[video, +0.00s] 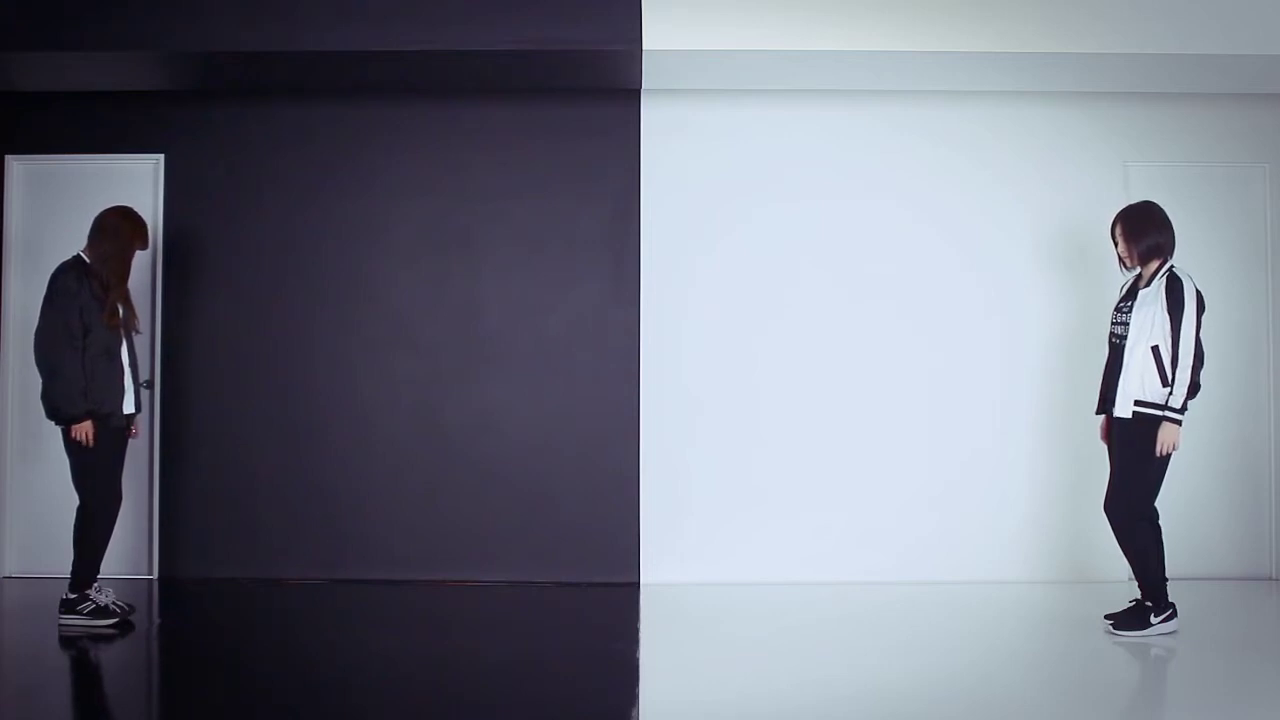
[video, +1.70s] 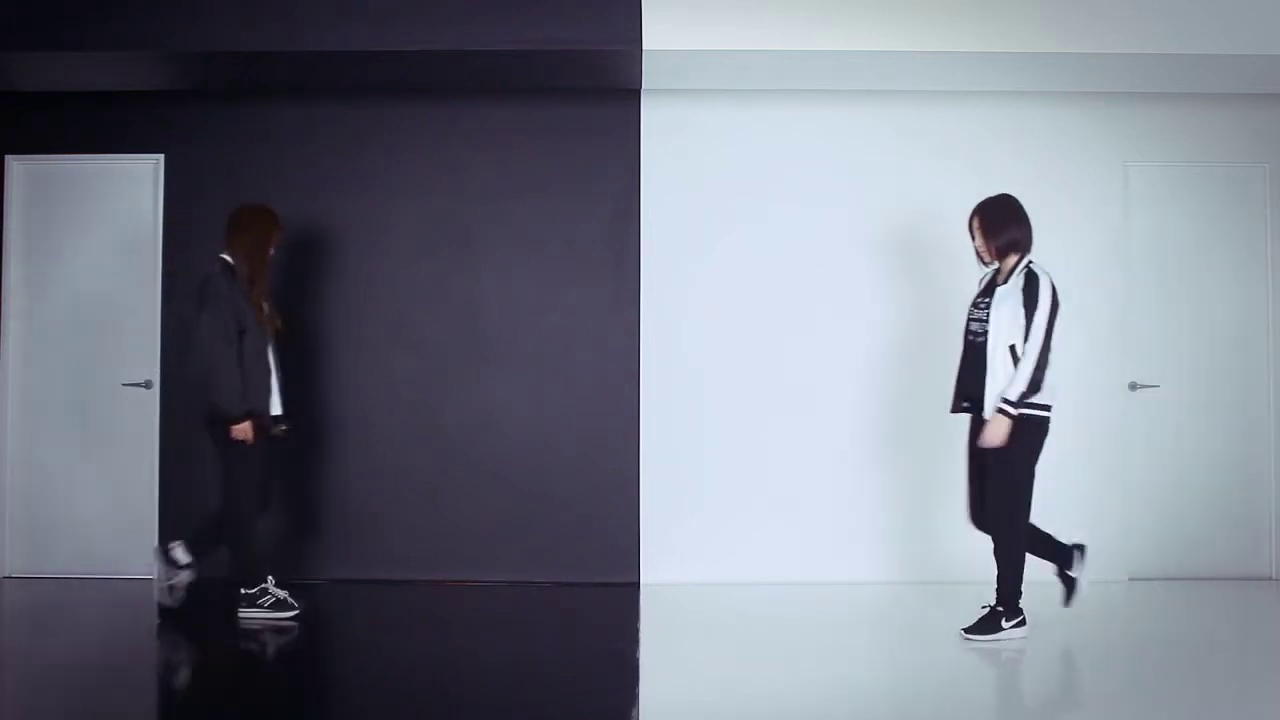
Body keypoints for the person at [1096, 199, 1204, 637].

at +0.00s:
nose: (1119, 249)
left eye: (1123, 240)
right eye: (1116, 241)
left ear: (1147, 236)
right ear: (1125, 242)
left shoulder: (1179, 284)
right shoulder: (1131, 287)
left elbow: (1190, 356)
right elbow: (1117, 354)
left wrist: (1174, 417)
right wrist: (1107, 410)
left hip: (1152, 417)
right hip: (1123, 416)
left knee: (1128, 507)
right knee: (1127, 506)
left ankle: (1158, 604)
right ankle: (1151, 600)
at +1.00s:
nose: (1089, 249)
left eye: (1093, 240)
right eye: (1086, 242)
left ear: (1117, 236)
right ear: (1092, 243)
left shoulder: (1156, 284)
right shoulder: (1100, 288)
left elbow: (1178, 351)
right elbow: (1099, 353)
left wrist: (1171, 414)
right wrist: (1087, 404)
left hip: (1139, 415)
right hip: (1109, 415)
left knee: (1082, 486)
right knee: (1131, 506)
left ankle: (1103, 584)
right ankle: (1156, 601)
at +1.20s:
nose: (1063, 254)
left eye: (1067, 244)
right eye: (1060, 246)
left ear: (1091, 241)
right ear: (1066, 248)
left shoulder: (1131, 288)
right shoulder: (1077, 293)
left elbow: (1158, 350)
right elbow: (1075, 357)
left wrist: (1158, 414)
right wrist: (1059, 404)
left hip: (1120, 418)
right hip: (1091, 418)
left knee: (1074, 500)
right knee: (1123, 510)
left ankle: (1036, 596)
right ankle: (1156, 601)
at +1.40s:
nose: (1030, 255)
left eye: (1035, 246)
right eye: (1028, 247)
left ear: (1057, 243)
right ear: (1042, 246)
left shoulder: (1090, 291)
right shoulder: (1043, 296)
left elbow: (1113, 358)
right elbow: (1035, 362)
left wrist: (1118, 426)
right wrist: (1028, 418)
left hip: (1082, 422)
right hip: (1055, 422)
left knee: (1040, 506)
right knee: (1099, 510)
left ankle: (1014, 607)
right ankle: (1150, 595)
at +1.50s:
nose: (1011, 249)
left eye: (1017, 240)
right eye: (1009, 241)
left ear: (1040, 239)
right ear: (1018, 244)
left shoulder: (1070, 288)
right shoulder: (1023, 288)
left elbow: (1086, 356)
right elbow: (1015, 355)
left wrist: (1081, 424)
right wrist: (1010, 412)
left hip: (1056, 421)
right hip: (1031, 420)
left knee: (1024, 510)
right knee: (1070, 507)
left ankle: (1011, 608)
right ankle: (1136, 583)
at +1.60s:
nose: (993, 246)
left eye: (998, 236)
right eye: (991, 238)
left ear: (1022, 234)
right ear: (1002, 240)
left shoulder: (1054, 286)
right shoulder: (1005, 286)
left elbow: (1058, 357)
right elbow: (1000, 353)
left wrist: (1044, 419)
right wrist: (993, 412)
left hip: (1036, 417)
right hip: (1008, 415)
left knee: (1014, 509)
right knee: (1027, 509)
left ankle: (1009, 608)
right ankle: (1104, 571)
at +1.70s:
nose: (976, 243)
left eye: (981, 235)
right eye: (974, 235)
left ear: (1004, 232)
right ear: (993, 234)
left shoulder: (1036, 283)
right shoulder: (992, 282)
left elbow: (1033, 357)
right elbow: (987, 348)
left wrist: (1005, 413)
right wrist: (975, 403)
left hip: (1020, 415)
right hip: (986, 412)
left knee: (1006, 514)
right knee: (984, 513)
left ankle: (1008, 609)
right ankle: (1065, 556)